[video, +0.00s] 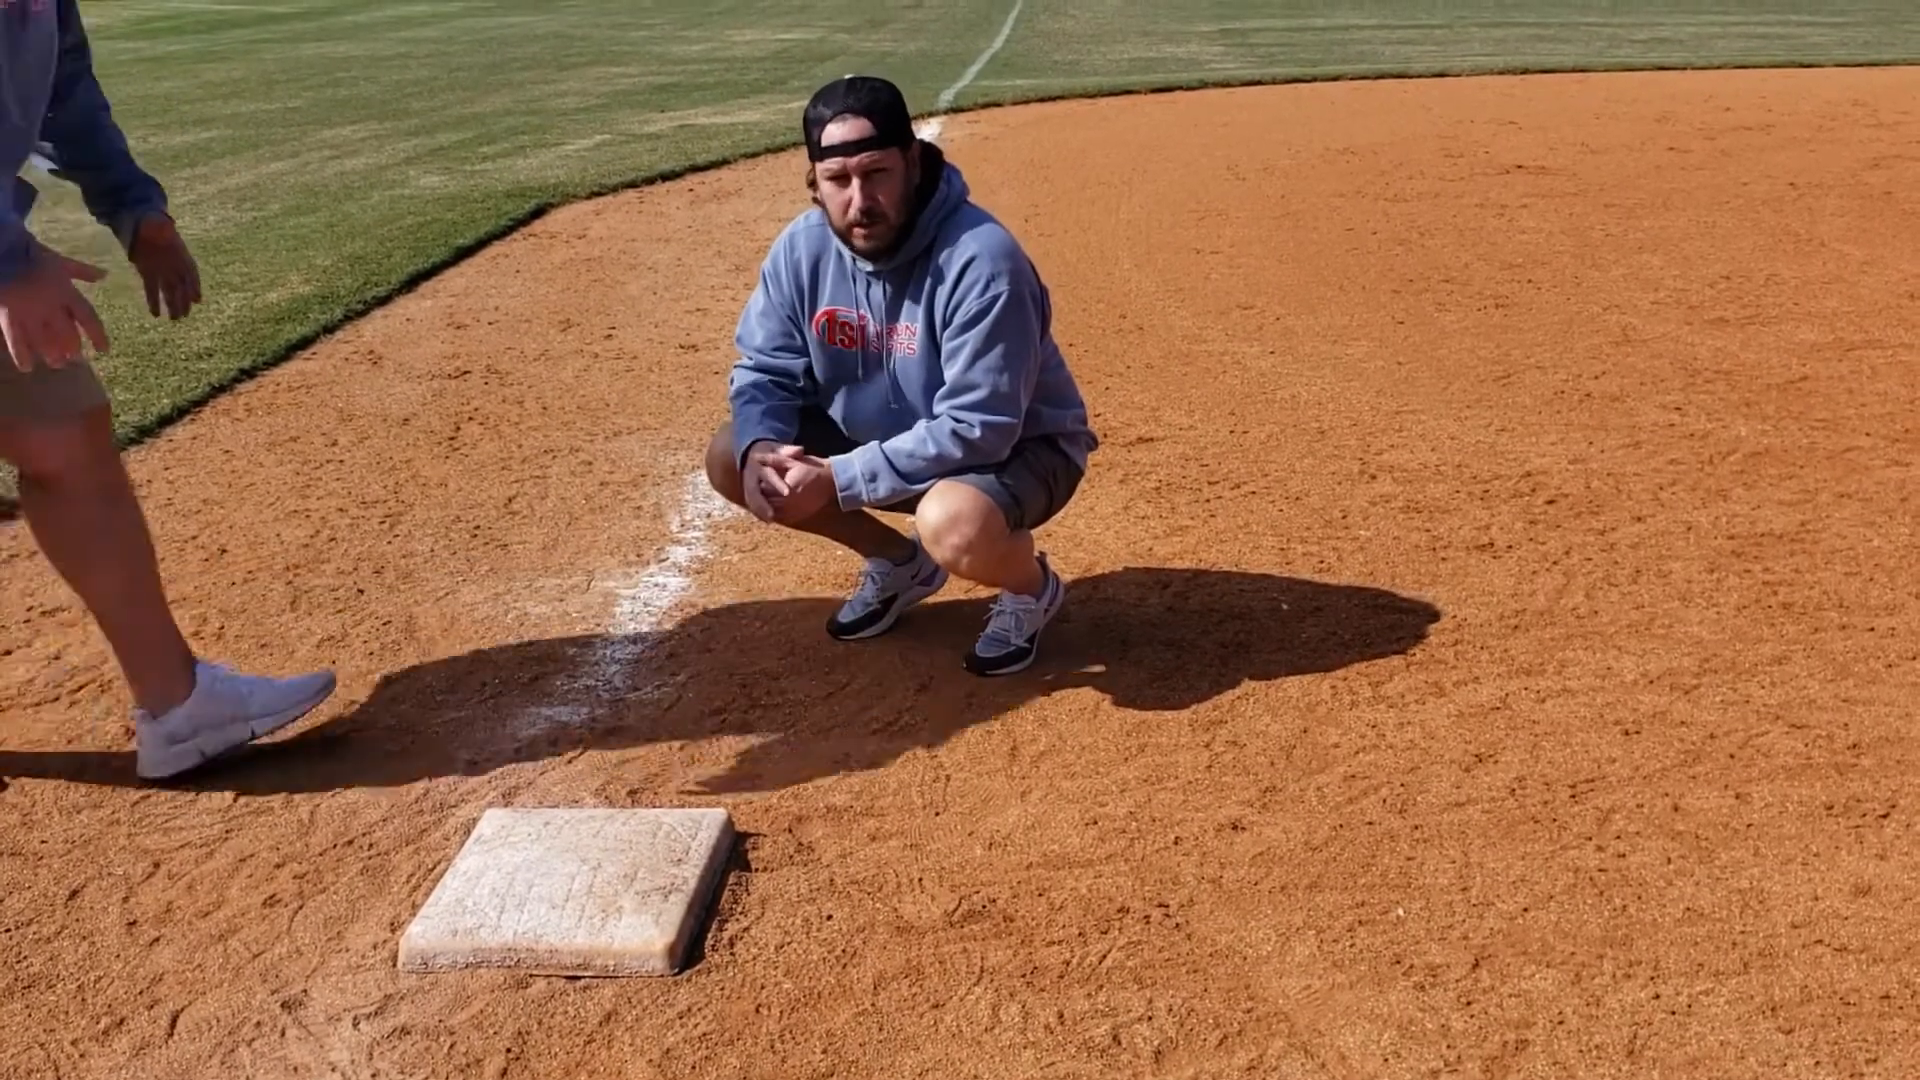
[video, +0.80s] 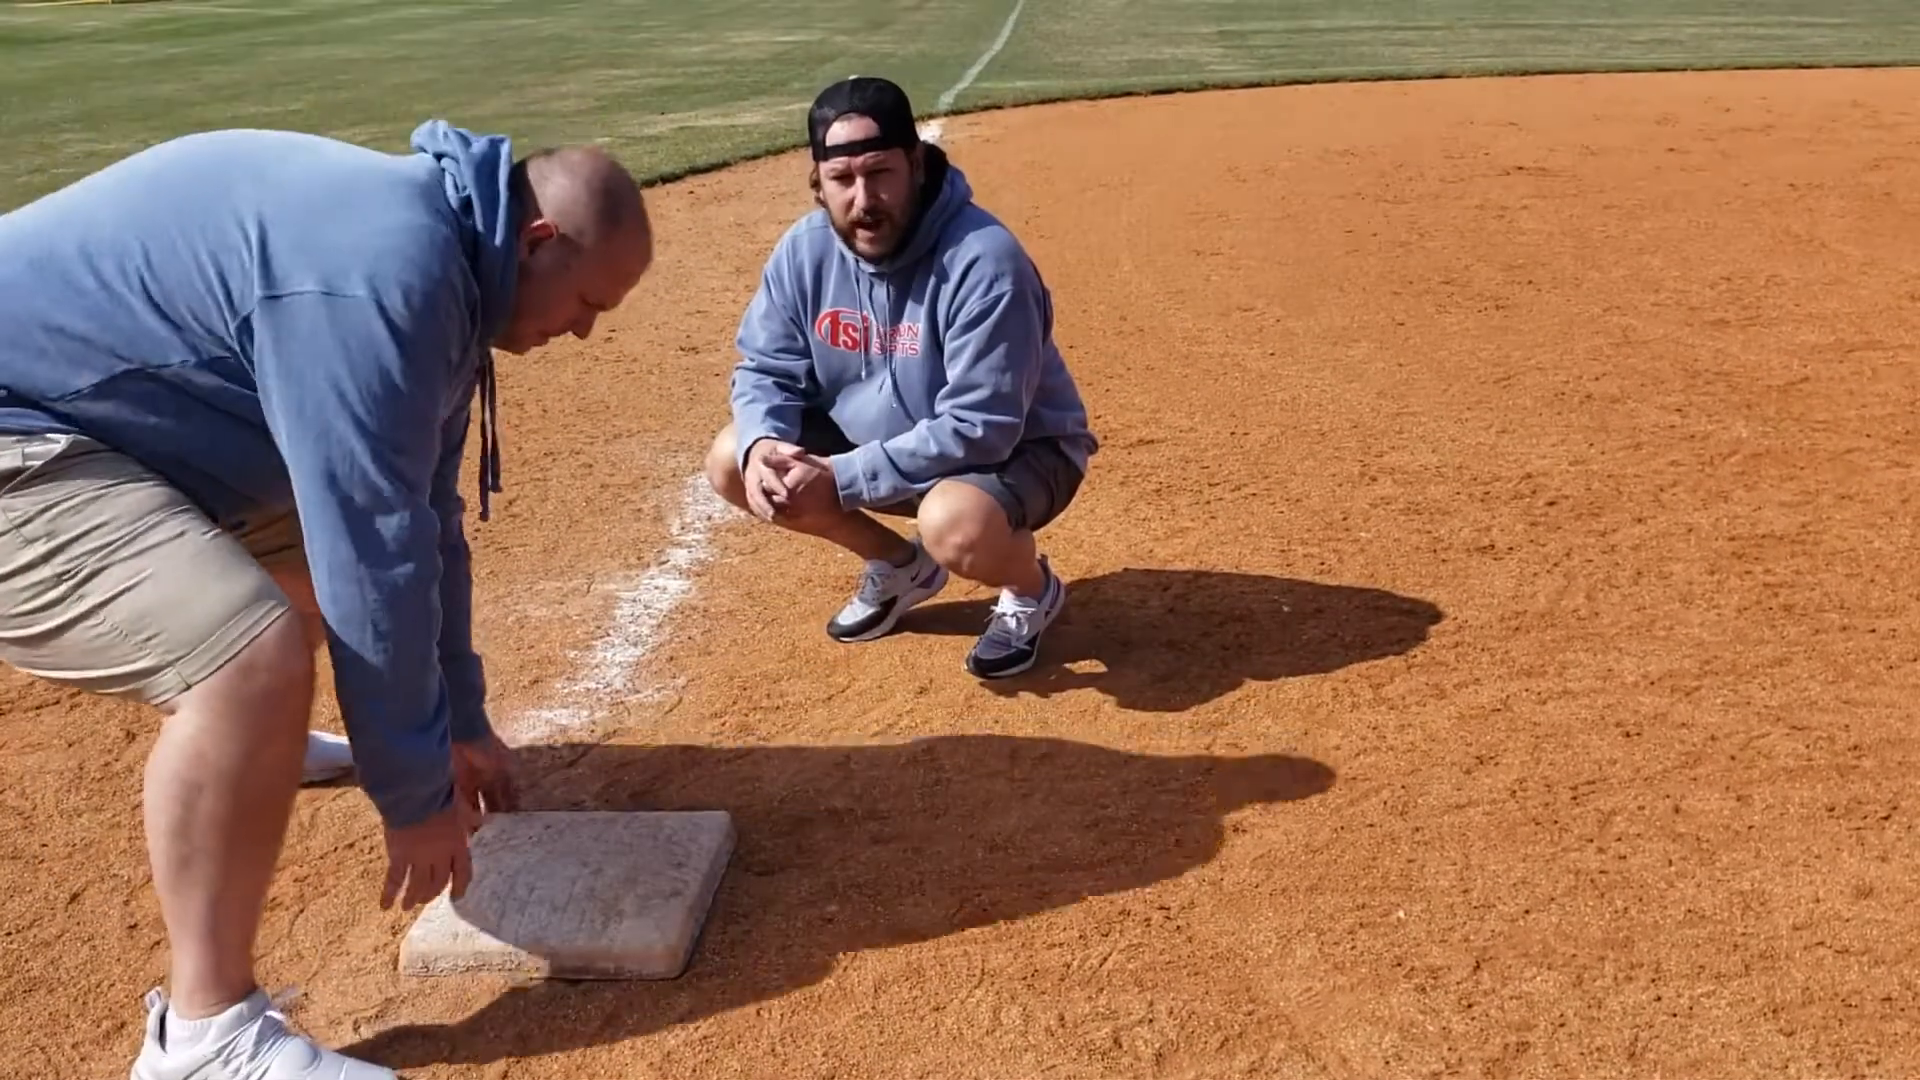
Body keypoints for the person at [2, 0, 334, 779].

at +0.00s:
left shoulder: (43, 14)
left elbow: (62, 84)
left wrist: (135, 208)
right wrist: (11, 256)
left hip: (7, 231)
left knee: (66, 429)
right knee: (61, 433)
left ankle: (171, 696)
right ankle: (172, 694)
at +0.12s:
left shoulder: (164, 10)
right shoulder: (30, 16)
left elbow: (192, 140)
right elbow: (1, 154)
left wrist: (276, 286)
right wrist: (102, 304)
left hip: (78, 280)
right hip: (4, 289)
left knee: (182, 443)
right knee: (26, 527)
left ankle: (205, 718)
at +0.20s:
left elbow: (243, 171)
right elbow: (26, 191)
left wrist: (333, 335)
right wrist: (169, 371)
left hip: (106, 285)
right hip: (13, 297)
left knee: (223, 440)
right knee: (59, 523)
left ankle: (210, 719)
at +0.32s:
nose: (392, 14)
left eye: (400, 3)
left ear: (346, 2)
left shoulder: (286, 65)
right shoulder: (160, 30)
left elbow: (322, 261)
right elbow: (148, 287)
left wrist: (411, 440)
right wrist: (268, 491)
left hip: (116, 318)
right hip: (11, 328)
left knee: (267, 459)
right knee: (92, 603)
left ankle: (215, 721)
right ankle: (166, 971)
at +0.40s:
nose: (432, 74)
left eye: (446, 56)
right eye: (430, 45)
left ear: (369, 9)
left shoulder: (295, 71)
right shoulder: (212, 67)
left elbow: (348, 304)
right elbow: (225, 351)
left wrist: (433, 481)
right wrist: (325, 562)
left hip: (123, 328)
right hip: (16, 339)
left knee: (259, 504)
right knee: (145, 616)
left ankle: (223, 724)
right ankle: (188, 1003)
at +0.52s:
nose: (497, 185)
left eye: (514, 166)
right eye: (502, 156)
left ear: (445, 94)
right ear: (443, 92)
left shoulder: (351, 150)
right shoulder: (298, 157)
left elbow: (398, 404)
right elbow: (325, 447)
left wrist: (462, 599)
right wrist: (395, 676)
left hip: (98, 375)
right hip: (19, 394)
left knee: (270, 506)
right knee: (236, 621)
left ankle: (250, 739)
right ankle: (202, 1020)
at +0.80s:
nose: (580, 331)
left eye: (596, 313)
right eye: (587, 305)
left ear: (540, 232)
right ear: (539, 241)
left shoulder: (434, 261)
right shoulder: (376, 279)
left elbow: (427, 520)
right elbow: (371, 571)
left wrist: (461, 726)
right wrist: (418, 801)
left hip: (96, 400)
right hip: (19, 428)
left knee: (306, 522)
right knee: (245, 647)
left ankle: (270, 731)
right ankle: (203, 1023)